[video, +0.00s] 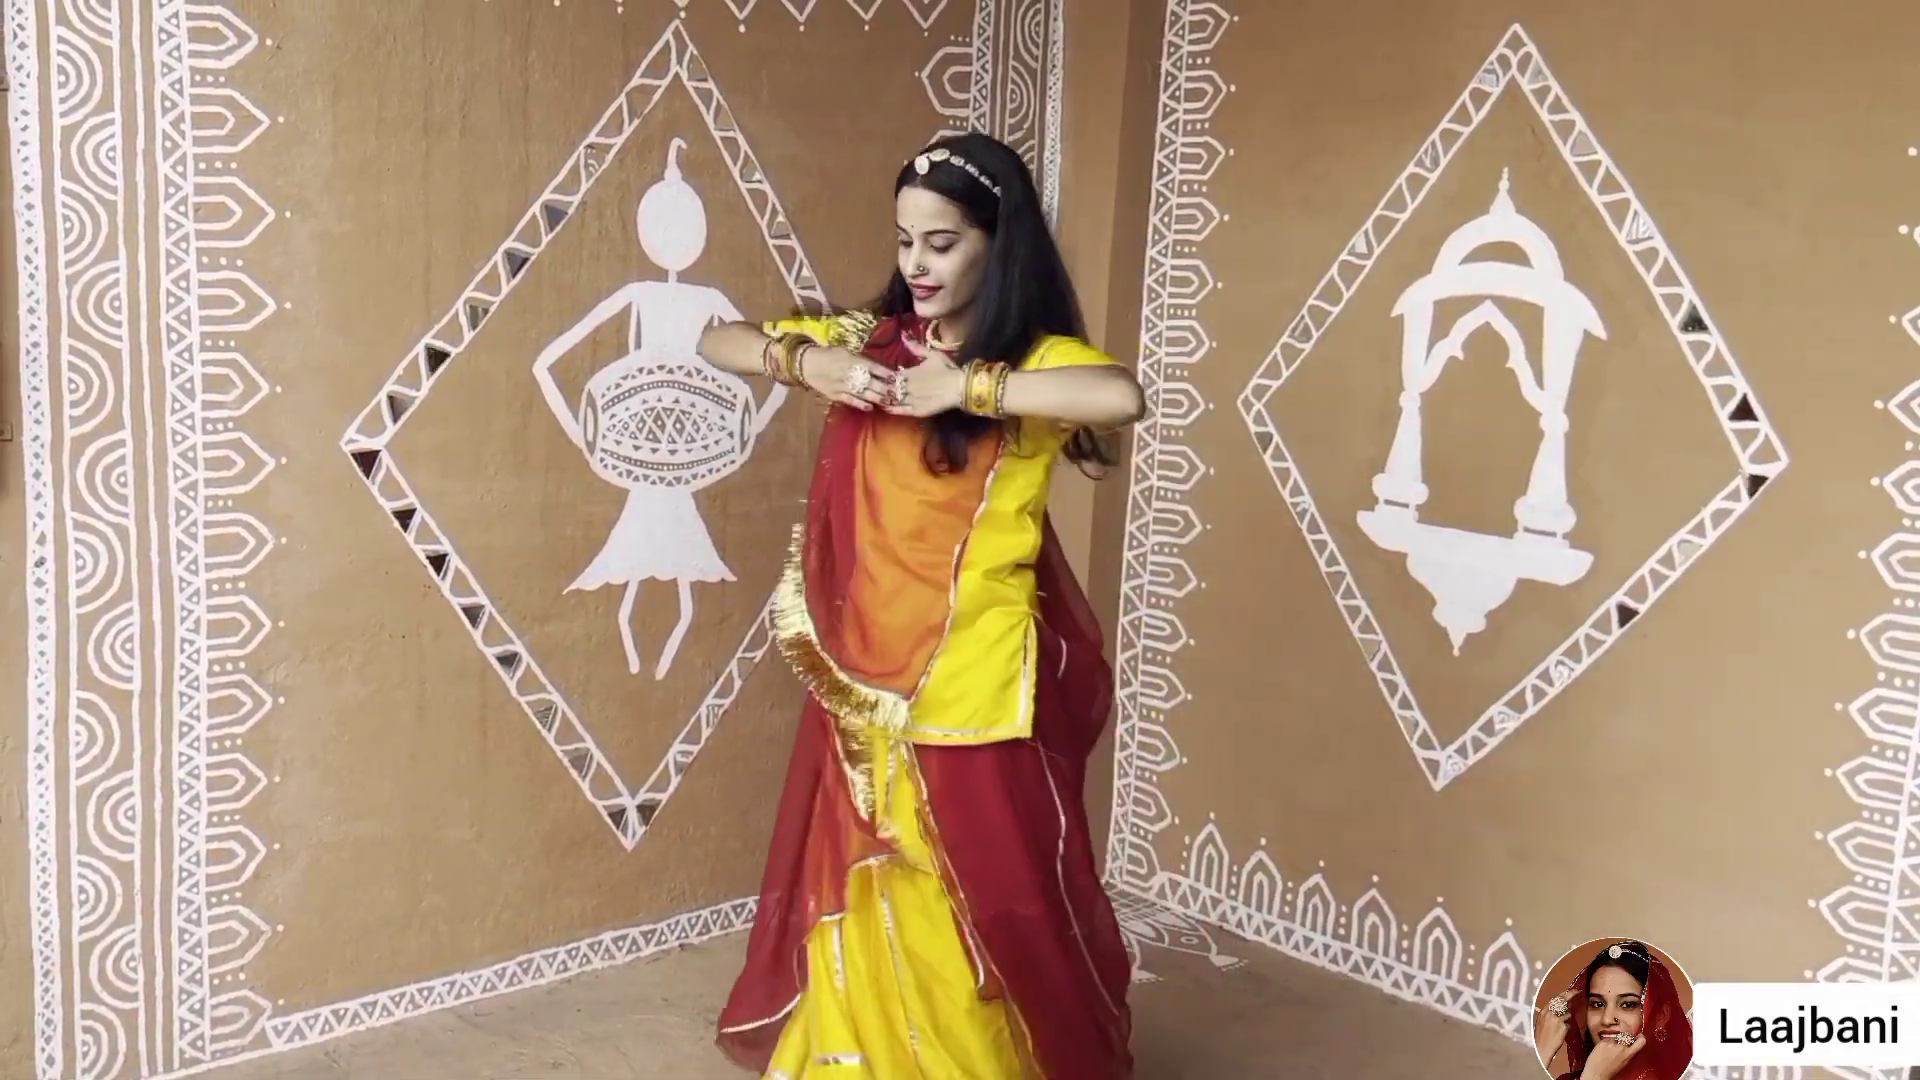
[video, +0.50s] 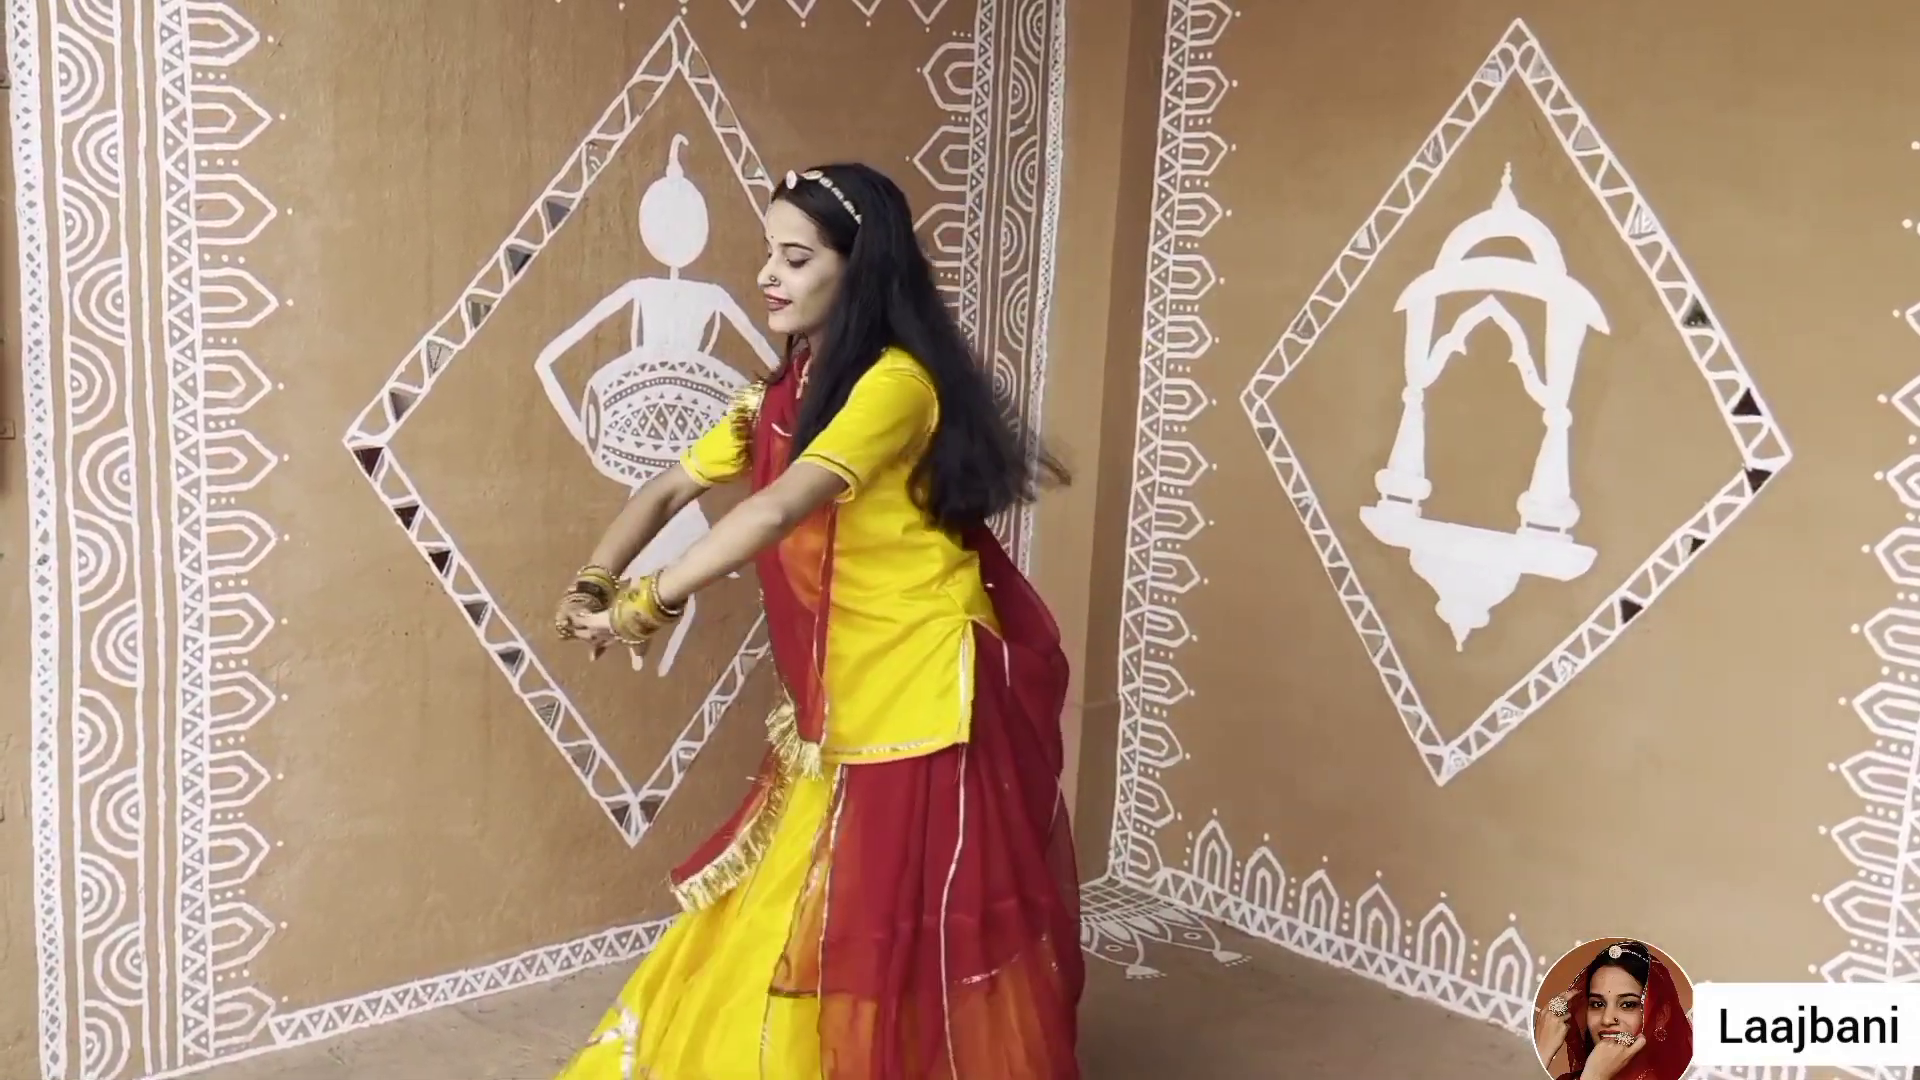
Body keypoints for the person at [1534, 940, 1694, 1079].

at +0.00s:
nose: (1607, 1019)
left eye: (1627, 1004)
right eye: (1597, 1004)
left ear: (1658, 1013)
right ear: (1585, 1012)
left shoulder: (1670, 1075)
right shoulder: (1568, 1078)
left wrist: (1595, 1075)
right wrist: (1540, 1055)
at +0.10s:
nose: (1607, 1019)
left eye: (1627, 1004)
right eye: (1597, 1004)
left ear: (1658, 1013)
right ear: (1585, 1012)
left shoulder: (1671, 1075)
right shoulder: (1568, 1078)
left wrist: (1595, 1075)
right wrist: (1540, 1055)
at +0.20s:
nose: (1607, 1019)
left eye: (1627, 1004)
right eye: (1597, 1004)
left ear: (1658, 1013)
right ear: (1585, 1012)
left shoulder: (1671, 1075)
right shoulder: (1568, 1078)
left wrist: (1595, 1075)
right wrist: (1540, 1054)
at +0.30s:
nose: (1607, 1019)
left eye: (1627, 1005)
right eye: (1597, 1004)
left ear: (1657, 1013)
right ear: (1585, 1012)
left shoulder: (1670, 1075)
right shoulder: (1568, 1078)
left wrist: (1595, 1075)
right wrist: (1540, 1054)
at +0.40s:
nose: (1607, 1019)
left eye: (1627, 1005)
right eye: (1597, 1004)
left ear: (1658, 1013)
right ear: (1585, 1012)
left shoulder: (1671, 1075)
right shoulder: (1568, 1078)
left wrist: (1595, 1075)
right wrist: (1540, 1054)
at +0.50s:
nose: (1607, 1019)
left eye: (1627, 1005)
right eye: (1597, 1004)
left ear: (1657, 1013)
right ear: (1585, 1012)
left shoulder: (1669, 1075)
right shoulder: (1568, 1078)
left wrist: (1595, 1075)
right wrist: (1540, 1055)